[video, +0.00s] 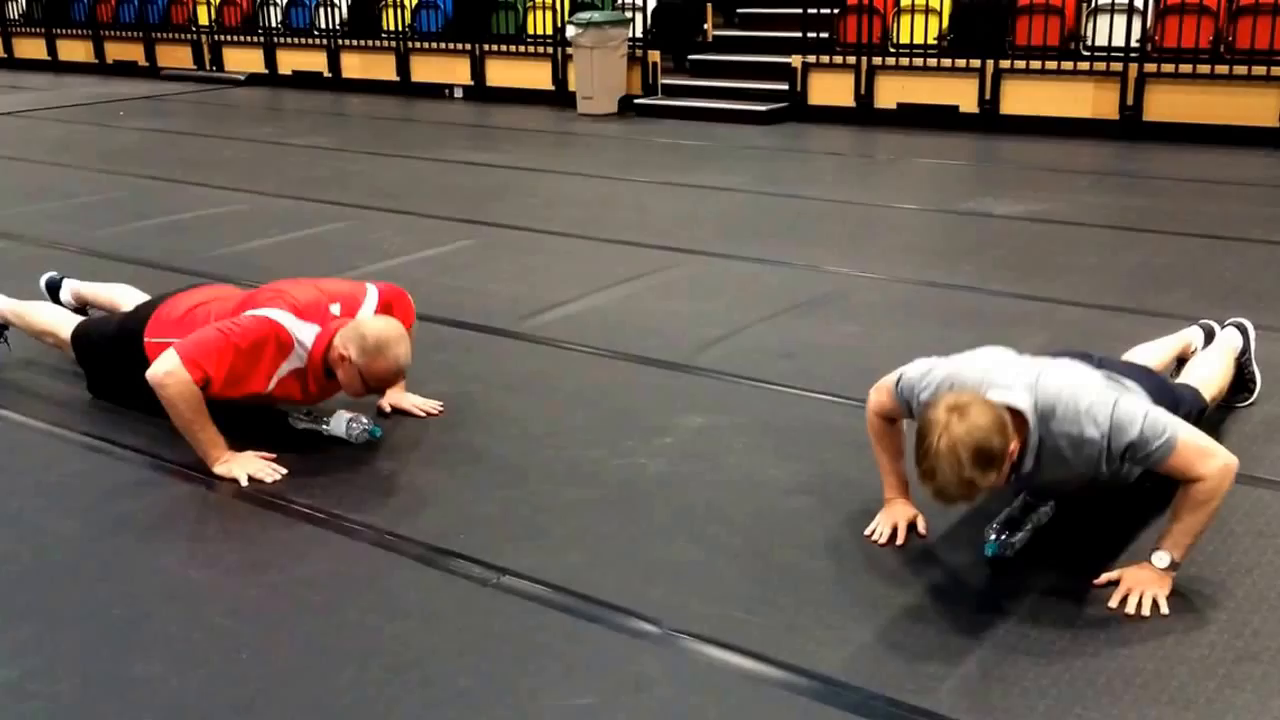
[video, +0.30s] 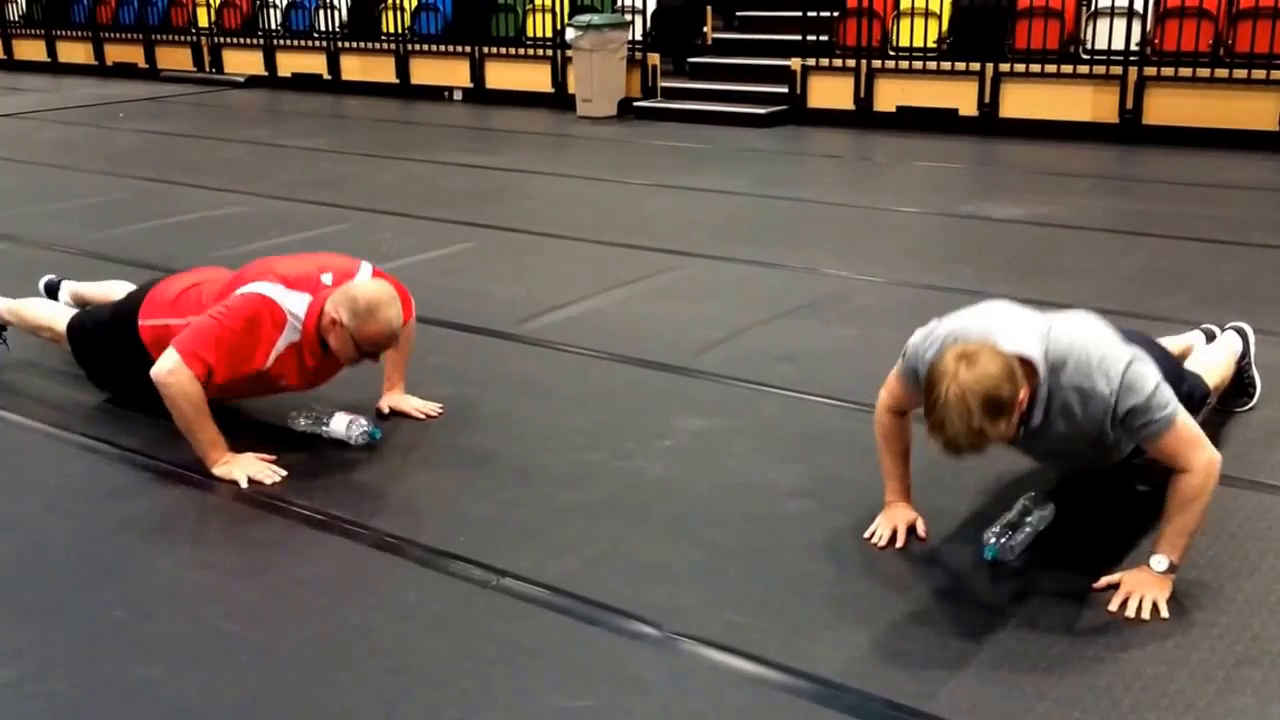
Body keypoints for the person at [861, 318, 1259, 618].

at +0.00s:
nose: (978, 499)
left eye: (982, 490)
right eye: (964, 494)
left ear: (1010, 453)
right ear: (931, 427)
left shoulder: (1099, 418)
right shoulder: (940, 380)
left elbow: (1217, 468)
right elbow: (880, 404)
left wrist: (1161, 564)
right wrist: (895, 497)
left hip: (1133, 395)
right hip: (1059, 370)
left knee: (1191, 393)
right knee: (1129, 370)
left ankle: (1232, 339)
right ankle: (1194, 334)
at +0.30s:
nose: (992, 444)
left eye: (995, 434)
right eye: (980, 439)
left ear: (1022, 395)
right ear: (945, 394)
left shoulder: (1111, 379)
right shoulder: (933, 349)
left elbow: (1201, 464)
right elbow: (891, 407)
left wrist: (1160, 567)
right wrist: (896, 501)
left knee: (1193, 386)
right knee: (1146, 359)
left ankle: (1234, 343)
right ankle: (1195, 339)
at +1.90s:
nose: (993, 418)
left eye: (1000, 406)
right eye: (978, 412)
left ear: (1028, 365)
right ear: (952, 364)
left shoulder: (1118, 351)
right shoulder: (938, 329)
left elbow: (1189, 459)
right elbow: (901, 407)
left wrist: (1163, 570)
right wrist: (898, 502)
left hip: (1146, 373)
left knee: (1200, 383)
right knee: (1170, 368)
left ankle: (1239, 349)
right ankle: (1210, 344)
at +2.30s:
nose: (981, 496)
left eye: (985, 487)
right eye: (968, 490)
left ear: (1014, 451)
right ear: (934, 432)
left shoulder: (1105, 423)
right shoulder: (941, 383)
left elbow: (1223, 475)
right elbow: (879, 409)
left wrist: (1163, 571)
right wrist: (896, 502)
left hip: (1141, 406)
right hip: (1077, 379)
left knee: (1196, 399)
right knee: (1135, 376)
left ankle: (1235, 346)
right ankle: (1199, 341)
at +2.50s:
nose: (988, 488)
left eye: (991, 478)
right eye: (969, 485)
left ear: (1013, 438)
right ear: (935, 431)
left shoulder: (1105, 413)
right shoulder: (939, 376)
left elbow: (1217, 473)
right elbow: (880, 409)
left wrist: (1162, 572)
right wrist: (896, 502)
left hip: (1142, 405)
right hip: (1088, 379)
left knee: (1194, 398)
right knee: (1135, 373)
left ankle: (1235, 346)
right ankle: (1199, 340)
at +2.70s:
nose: (991, 407)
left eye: (998, 394)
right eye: (977, 401)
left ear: (1027, 345)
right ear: (948, 351)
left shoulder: (1115, 340)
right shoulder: (938, 315)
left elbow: (1173, 457)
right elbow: (905, 407)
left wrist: (1158, 570)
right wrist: (896, 503)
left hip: (1145, 375)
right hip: (1057, 400)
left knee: (1197, 381)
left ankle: (1237, 350)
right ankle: (1206, 347)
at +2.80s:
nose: (982, 400)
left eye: (993, 388)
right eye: (968, 391)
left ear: (1026, 343)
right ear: (947, 351)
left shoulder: (1115, 340)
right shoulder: (937, 318)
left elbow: (1171, 456)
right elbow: (904, 407)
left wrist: (1157, 570)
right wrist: (896, 503)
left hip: (1147, 373)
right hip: (1060, 397)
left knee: (1198, 375)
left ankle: (1237, 349)